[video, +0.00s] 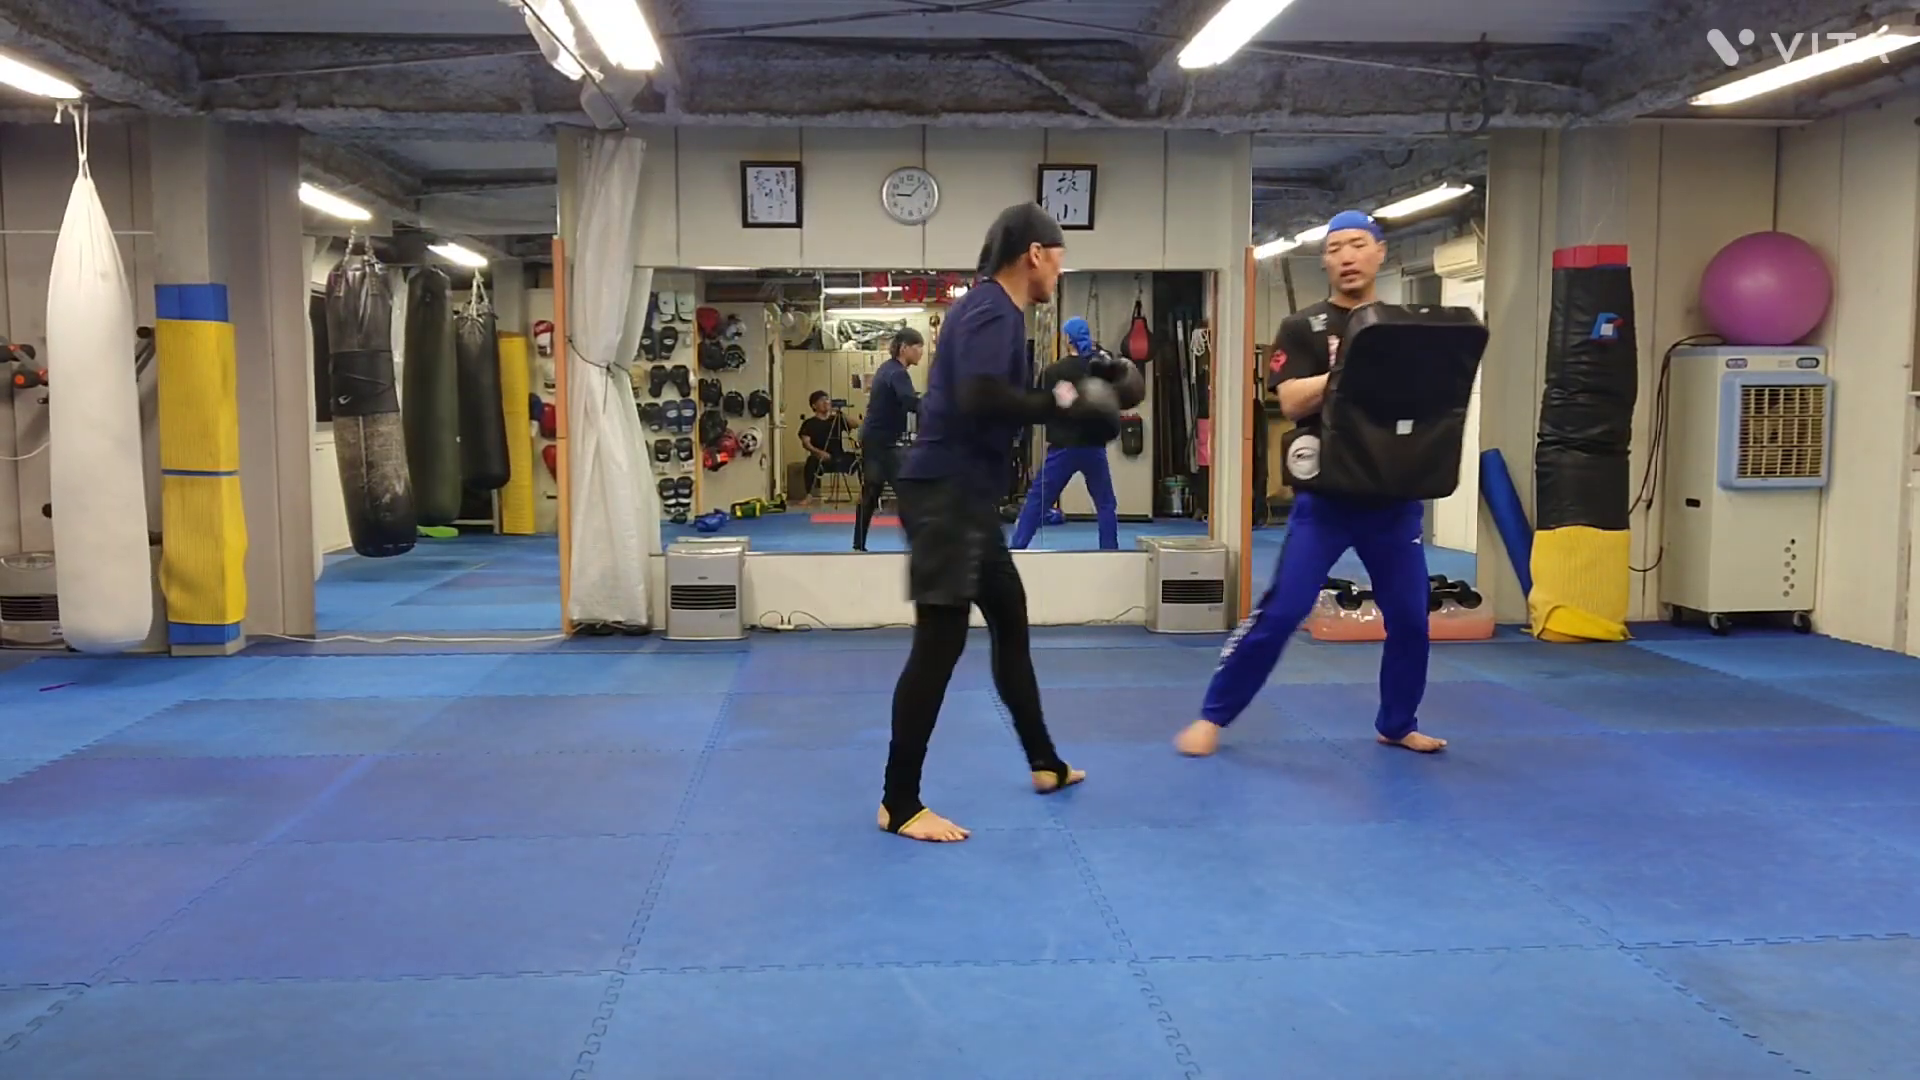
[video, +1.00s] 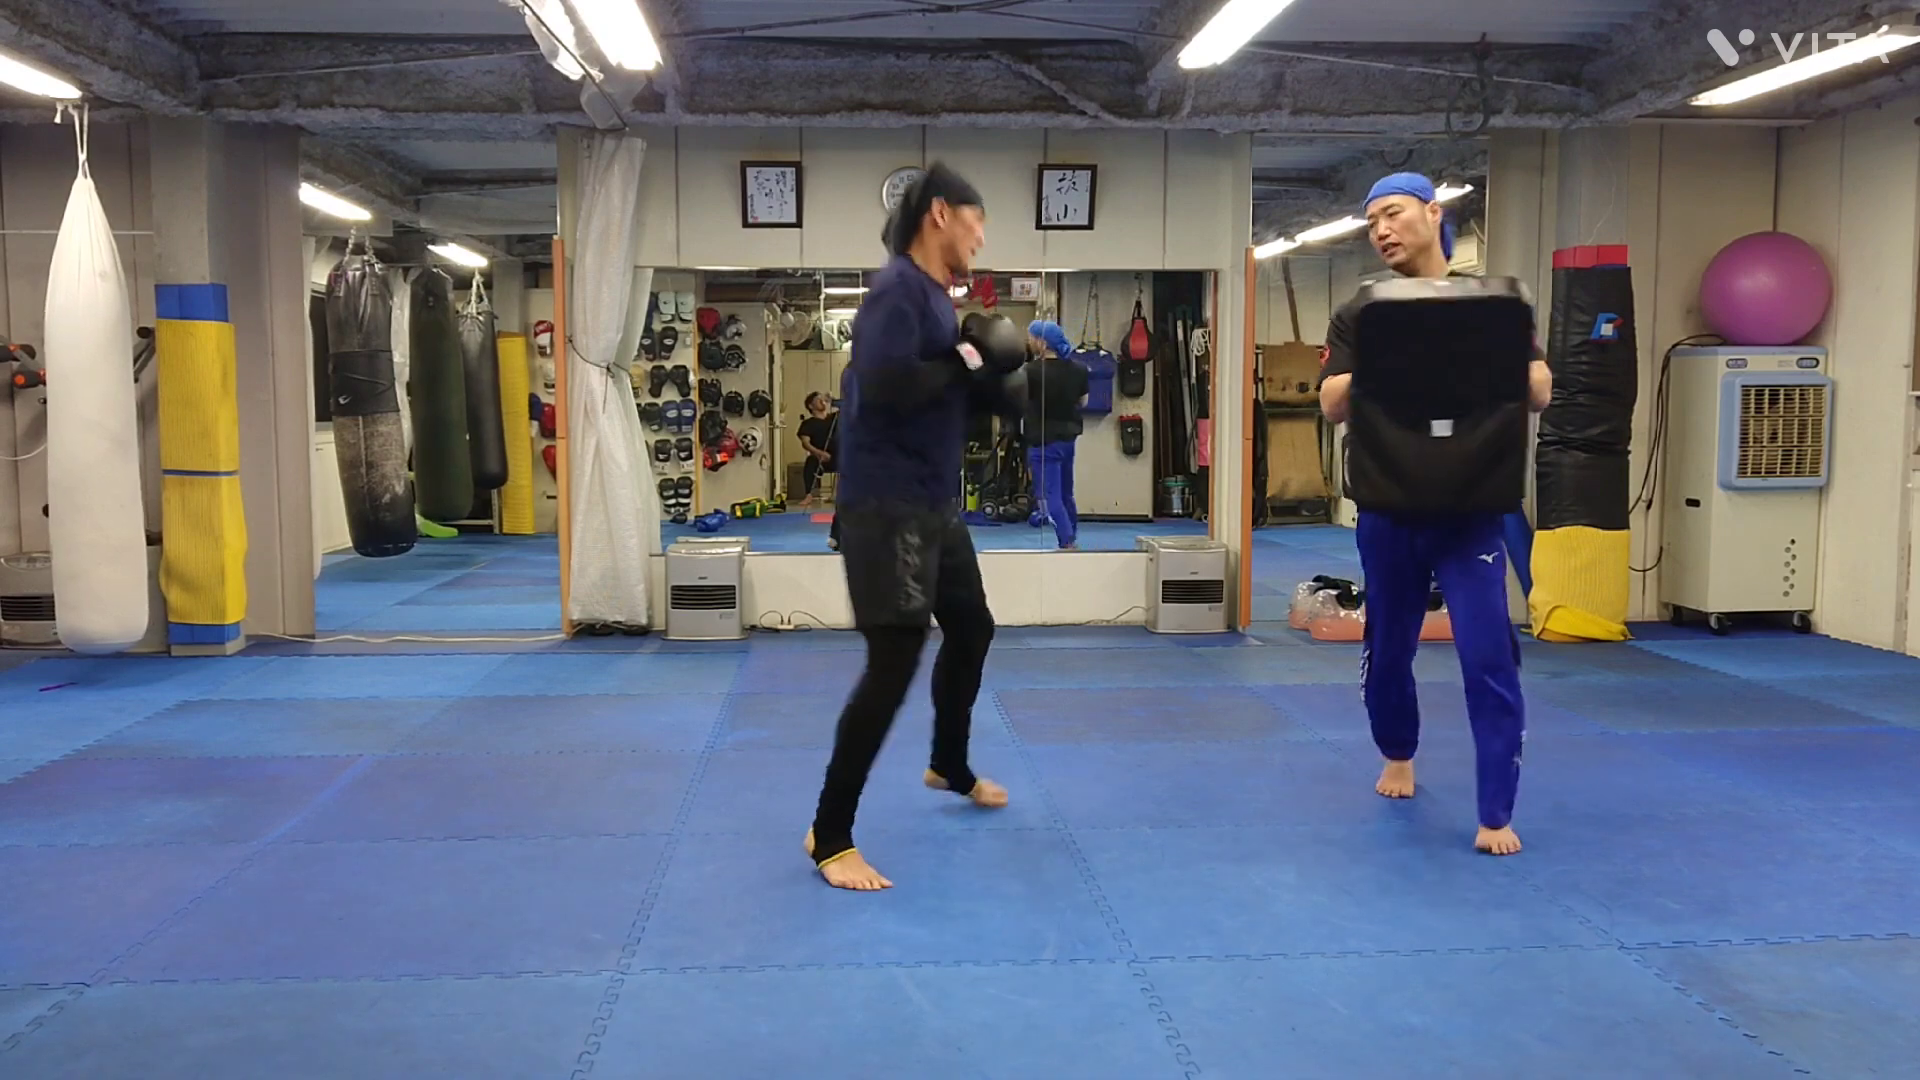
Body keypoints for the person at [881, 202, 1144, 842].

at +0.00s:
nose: (1062, 270)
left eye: (1062, 258)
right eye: (1059, 258)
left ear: (1022, 255)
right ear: (1033, 254)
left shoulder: (998, 311)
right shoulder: (990, 311)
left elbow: (1014, 396)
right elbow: (978, 396)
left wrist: (1082, 389)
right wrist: (1056, 404)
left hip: (965, 492)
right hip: (945, 492)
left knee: (1008, 612)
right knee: (940, 640)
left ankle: (1045, 763)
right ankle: (899, 806)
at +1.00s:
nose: (980, 241)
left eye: (983, 229)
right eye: (976, 226)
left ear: (944, 220)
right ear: (939, 215)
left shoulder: (938, 301)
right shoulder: (897, 290)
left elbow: (951, 397)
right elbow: (884, 388)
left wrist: (1013, 382)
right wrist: (965, 360)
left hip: (934, 505)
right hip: (886, 507)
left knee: (971, 629)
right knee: (895, 659)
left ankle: (949, 764)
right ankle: (829, 838)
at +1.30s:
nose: (954, 246)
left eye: (956, 234)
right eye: (947, 230)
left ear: (916, 230)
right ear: (905, 224)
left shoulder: (911, 308)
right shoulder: (873, 293)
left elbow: (916, 407)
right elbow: (830, 373)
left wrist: (974, 381)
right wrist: (935, 369)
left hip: (916, 523)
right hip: (859, 522)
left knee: (973, 657)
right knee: (821, 672)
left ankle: (930, 828)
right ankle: (703, 829)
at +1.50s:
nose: (903, 254)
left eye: (905, 241)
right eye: (892, 238)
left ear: (861, 240)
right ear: (848, 234)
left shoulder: (858, 322)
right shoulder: (807, 300)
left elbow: (854, 429)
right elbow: (779, 393)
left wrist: (933, 413)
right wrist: (884, 385)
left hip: (850, 533)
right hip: (785, 532)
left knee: (921, 653)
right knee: (733, 680)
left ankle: (926, 831)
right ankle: (625, 823)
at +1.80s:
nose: (798, 256)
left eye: (801, 244)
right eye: (789, 241)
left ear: (766, 242)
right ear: (744, 234)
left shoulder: (772, 318)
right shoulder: (690, 305)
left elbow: (772, 413)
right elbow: (671, 405)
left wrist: (826, 404)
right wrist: (765, 370)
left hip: (753, 525)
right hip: (681, 530)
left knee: (837, 640)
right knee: (654, 688)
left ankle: (820, 799)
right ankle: (588, 838)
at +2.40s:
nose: (844, 256)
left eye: (848, 242)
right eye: (835, 240)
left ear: (816, 241)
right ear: (792, 232)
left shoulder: (801, 304)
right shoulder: (759, 292)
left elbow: (815, 406)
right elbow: (767, 386)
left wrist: (894, 391)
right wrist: (845, 329)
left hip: (785, 508)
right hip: (735, 507)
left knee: (785, 656)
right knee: (747, 658)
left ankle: (763, 797)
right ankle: (636, 806)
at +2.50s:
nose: (855, 247)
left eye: (859, 234)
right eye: (844, 233)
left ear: (836, 236)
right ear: (802, 230)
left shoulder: (826, 302)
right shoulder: (769, 288)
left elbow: (850, 380)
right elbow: (743, 383)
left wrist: (901, 361)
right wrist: (836, 386)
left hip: (796, 501)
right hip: (757, 501)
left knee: (797, 645)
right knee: (790, 645)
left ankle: (763, 799)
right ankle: (736, 815)